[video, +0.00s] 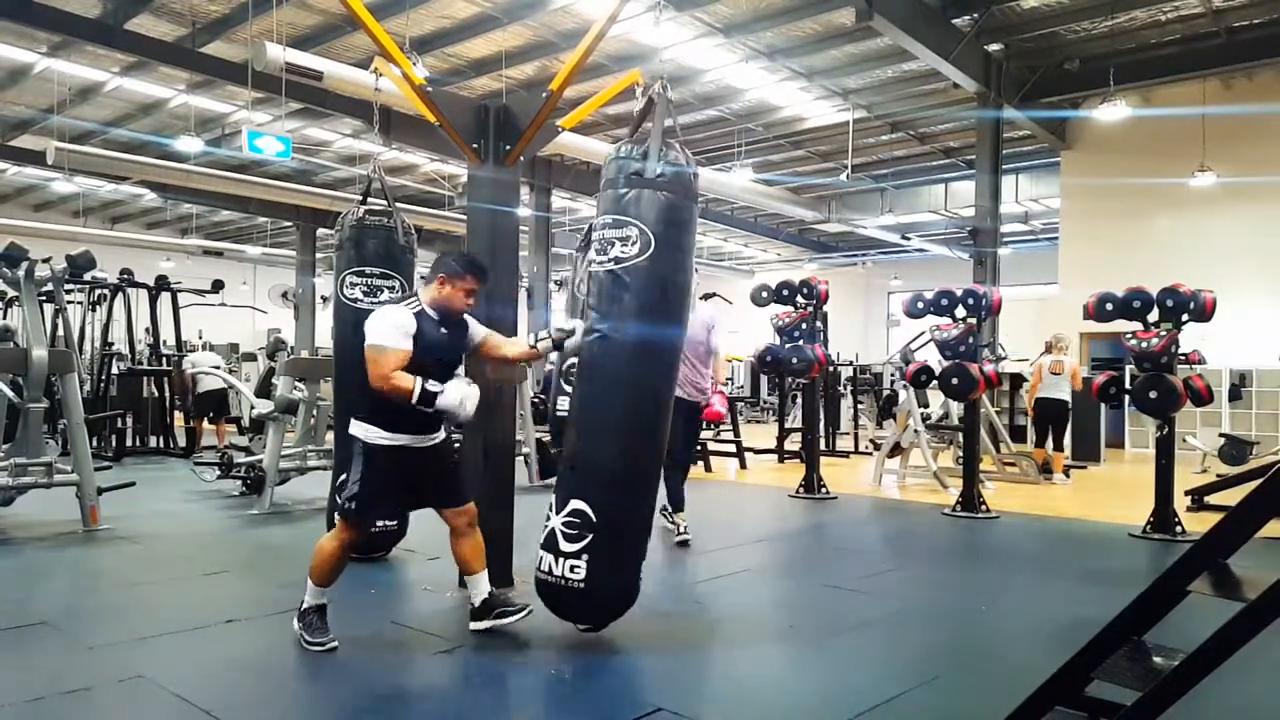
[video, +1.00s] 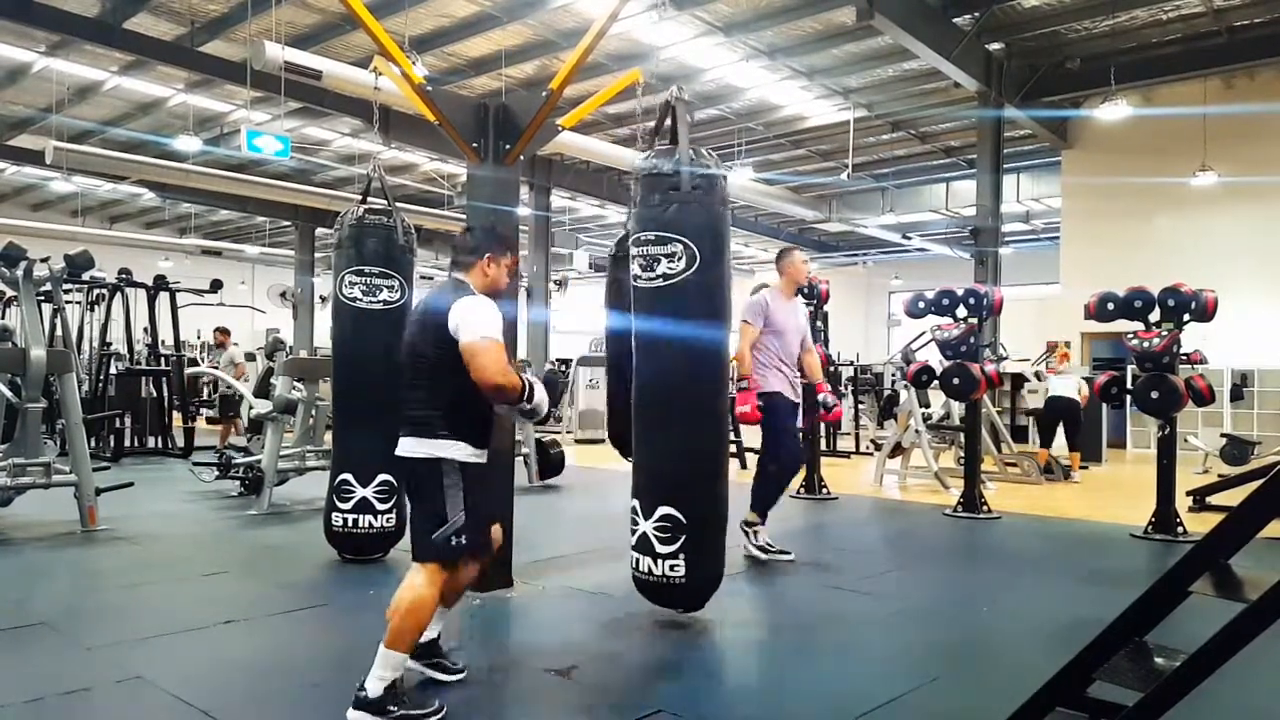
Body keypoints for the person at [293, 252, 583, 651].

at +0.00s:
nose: (472, 303)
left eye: (474, 295)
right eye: (468, 294)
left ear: (458, 290)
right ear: (441, 284)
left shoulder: (461, 325)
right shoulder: (392, 318)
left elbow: (507, 348)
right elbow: (383, 377)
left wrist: (552, 339)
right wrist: (439, 395)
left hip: (432, 445)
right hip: (379, 445)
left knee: (464, 518)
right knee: (349, 532)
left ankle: (482, 603)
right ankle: (311, 609)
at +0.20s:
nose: (508, 308)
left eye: (510, 300)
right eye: (505, 298)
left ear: (491, 292)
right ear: (486, 288)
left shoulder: (481, 322)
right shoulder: (456, 305)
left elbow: (458, 369)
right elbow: (480, 335)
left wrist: (490, 384)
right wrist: (526, 339)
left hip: (462, 442)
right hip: (418, 441)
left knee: (486, 522)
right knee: (383, 532)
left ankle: (484, 609)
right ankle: (323, 601)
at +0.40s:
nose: (530, 310)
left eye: (534, 302)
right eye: (531, 300)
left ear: (511, 288)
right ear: (511, 286)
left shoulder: (492, 317)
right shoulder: (476, 304)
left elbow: (497, 382)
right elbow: (491, 354)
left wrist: (546, 375)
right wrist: (526, 350)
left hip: (478, 438)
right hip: (439, 432)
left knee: (486, 524)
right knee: (418, 530)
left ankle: (483, 610)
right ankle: (338, 618)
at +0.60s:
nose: (526, 320)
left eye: (530, 314)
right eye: (528, 311)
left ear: (508, 297)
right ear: (510, 296)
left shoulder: (487, 329)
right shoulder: (466, 323)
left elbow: (494, 386)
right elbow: (494, 389)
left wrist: (523, 374)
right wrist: (528, 347)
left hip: (478, 452)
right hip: (443, 449)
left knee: (498, 528)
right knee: (449, 546)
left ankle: (485, 610)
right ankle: (384, 666)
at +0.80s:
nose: (517, 292)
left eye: (520, 284)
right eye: (518, 282)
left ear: (490, 265)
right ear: (501, 269)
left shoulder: (454, 290)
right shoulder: (475, 293)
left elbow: (480, 362)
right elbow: (502, 361)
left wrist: (524, 367)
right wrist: (532, 370)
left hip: (466, 434)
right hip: (440, 434)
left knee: (495, 517)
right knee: (439, 545)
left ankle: (463, 608)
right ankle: (382, 667)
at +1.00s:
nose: (510, 279)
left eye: (512, 269)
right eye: (509, 268)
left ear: (473, 259)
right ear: (488, 262)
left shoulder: (434, 299)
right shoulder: (473, 305)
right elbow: (493, 377)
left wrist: (512, 386)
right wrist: (532, 393)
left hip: (425, 449)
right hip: (443, 454)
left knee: (486, 539)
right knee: (436, 567)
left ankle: (423, 636)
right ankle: (376, 690)